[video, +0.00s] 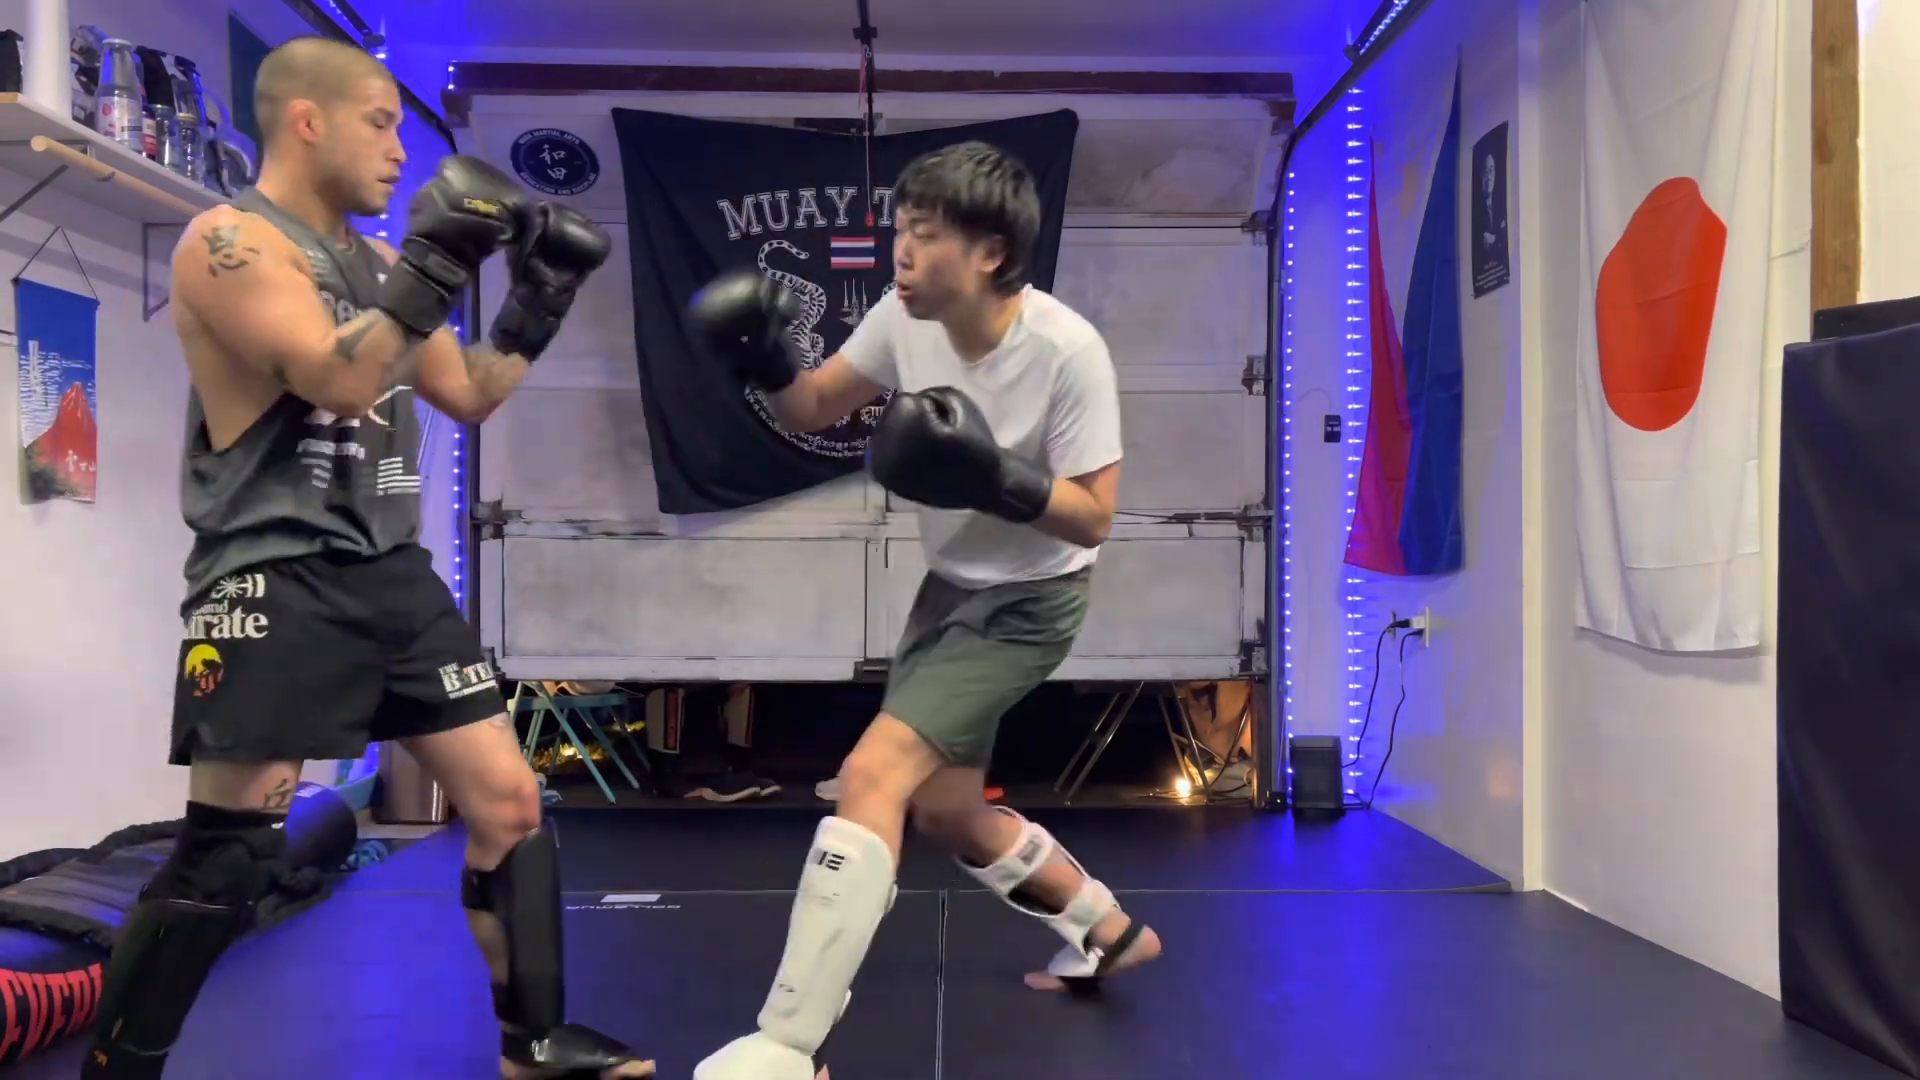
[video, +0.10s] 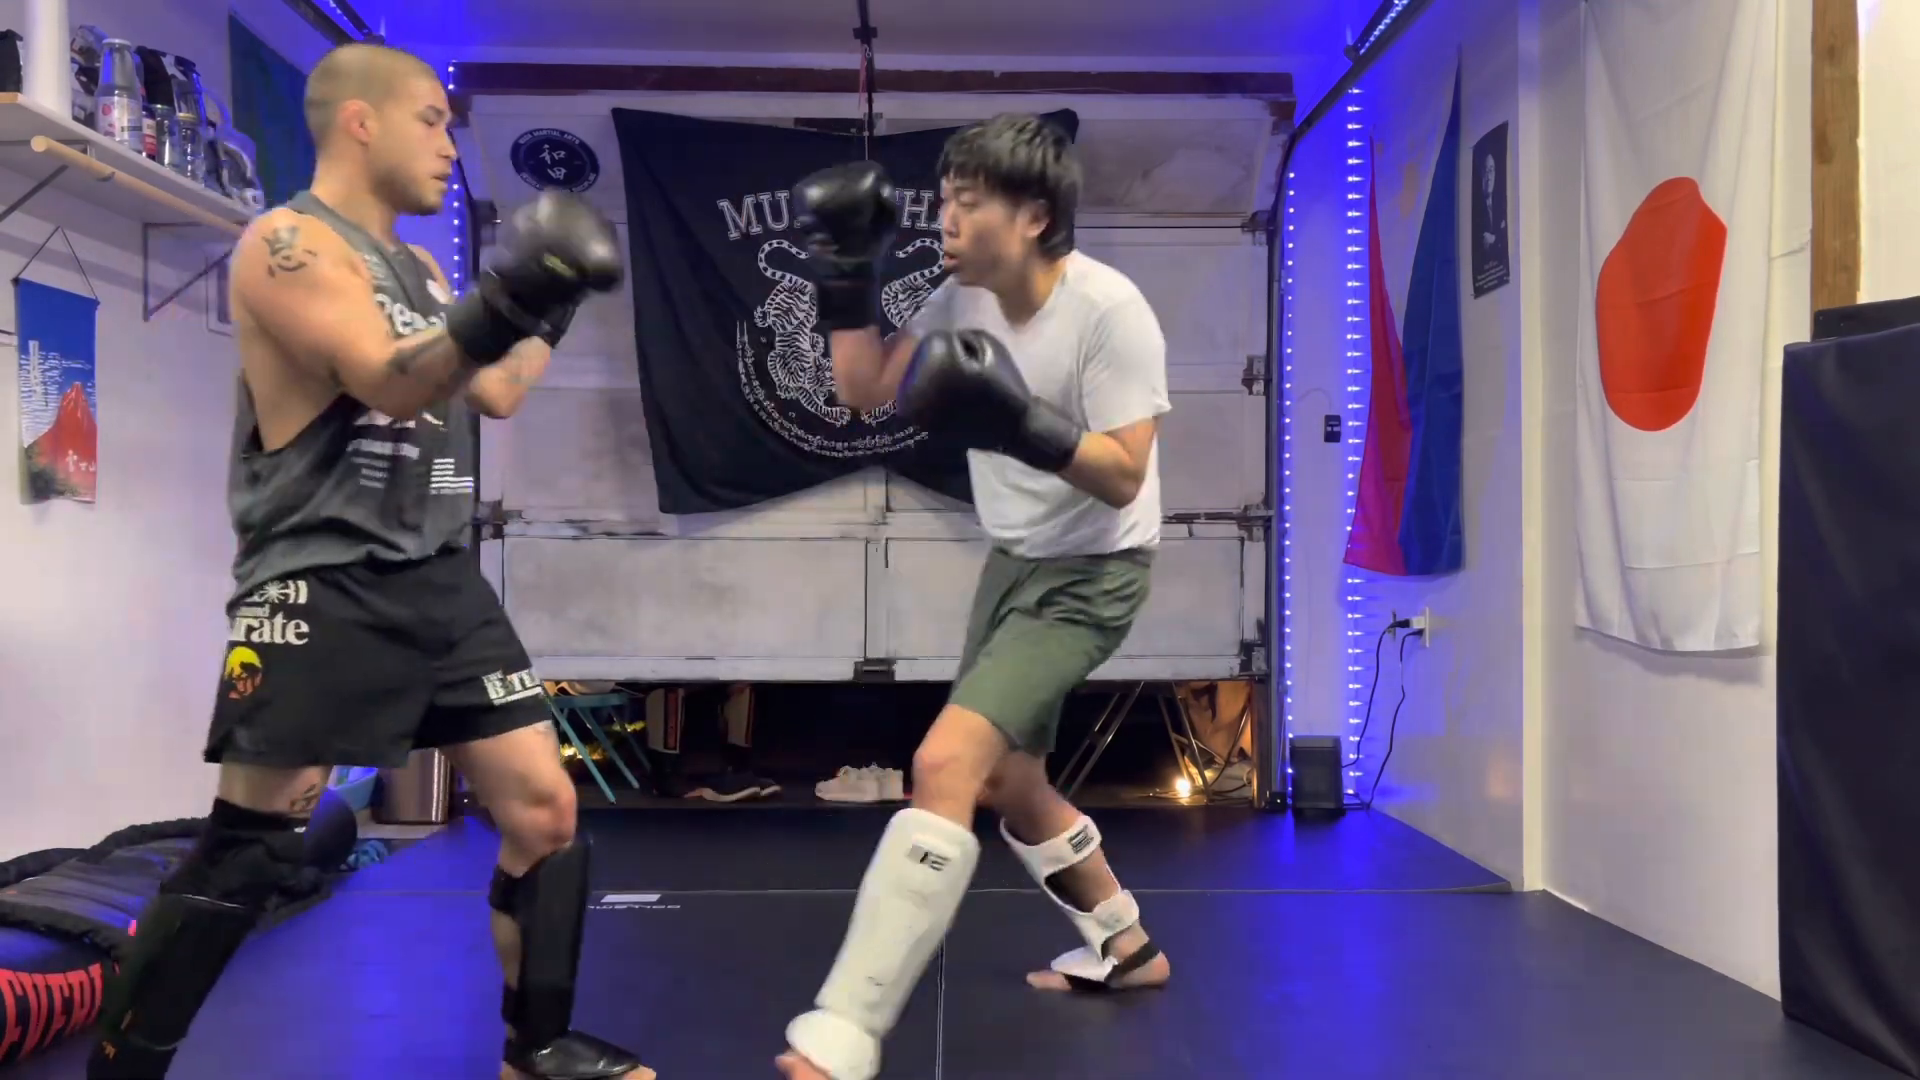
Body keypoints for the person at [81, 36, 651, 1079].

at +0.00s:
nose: (400, 147)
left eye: (399, 125)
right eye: (380, 121)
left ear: (326, 129)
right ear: (305, 123)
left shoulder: (371, 263)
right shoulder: (225, 239)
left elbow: (472, 391)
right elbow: (344, 376)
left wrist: (541, 298)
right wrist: (435, 259)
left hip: (391, 571)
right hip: (272, 571)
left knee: (508, 804)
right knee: (229, 847)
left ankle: (536, 1038)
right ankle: (124, 1061)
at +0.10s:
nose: (452, 144)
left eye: (451, 124)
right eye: (434, 120)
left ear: (365, 131)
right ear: (357, 126)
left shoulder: (421, 270)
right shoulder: (284, 241)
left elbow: (499, 389)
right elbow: (389, 383)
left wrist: (559, 289)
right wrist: (501, 301)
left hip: (439, 577)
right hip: (315, 580)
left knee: (544, 814)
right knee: (248, 845)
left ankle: (538, 1046)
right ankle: (128, 1061)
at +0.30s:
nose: (556, 137)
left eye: (551, 118)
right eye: (540, 113)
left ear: (478, 120)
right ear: (475, 114)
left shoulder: (486, 258)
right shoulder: (410, 217)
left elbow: (491, 410)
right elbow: (447, 377)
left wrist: (595, 364)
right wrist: (611, 402)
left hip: (523, 558)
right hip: (425, 559)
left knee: (566, 812)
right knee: (380, 823)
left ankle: (541, 1046)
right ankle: (191, 1039)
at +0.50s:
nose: (621, 120)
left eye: (616, 99)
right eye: (605, 97)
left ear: (542, 103)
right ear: (541, 100)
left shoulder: (552, 243)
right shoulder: (474, 205)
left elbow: (554, 397)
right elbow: (550, 361)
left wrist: (642, 401)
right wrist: (677, 295)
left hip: (569, 548)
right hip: (481, 543)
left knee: (562, 807)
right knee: (501, 822)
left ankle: (541, 1042)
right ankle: (367, 1060)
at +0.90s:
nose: (715, 107)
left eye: (714, 84)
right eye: (704, 81)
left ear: (635, 80)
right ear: (643, 77)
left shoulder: (634, 218)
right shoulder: (564, 197)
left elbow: (649, 385)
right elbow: (662, 394)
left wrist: (734, 321)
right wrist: (753, 318)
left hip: (652, 548)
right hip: (579, 553)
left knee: (735, 793)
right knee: (583, 850)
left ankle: (626, 999)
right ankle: (507, 1068)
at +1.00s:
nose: (737, 104)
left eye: (734, 81)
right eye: (728, 79)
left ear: (654, 76)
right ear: (674, 74)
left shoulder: (634, 193)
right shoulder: (616, 186)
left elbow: (715, 361)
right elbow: (738, 364)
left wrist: (785, 267)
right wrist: (802, 259)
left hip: (673, 547)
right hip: (617, 552)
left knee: (752, 793)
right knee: (588, 835)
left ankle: (742, 1027)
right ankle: (511, 1067)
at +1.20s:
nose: (794, 116)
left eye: (789, 96)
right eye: (787, 95)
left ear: (693, 102)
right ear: (747, 95)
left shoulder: (668, 208)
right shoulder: (727, 212)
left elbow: (761, 365)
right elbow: (863, 361)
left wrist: (804, 261)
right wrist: (915, 251)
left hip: (734, 566)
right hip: (711, 573)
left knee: (813, 806)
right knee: (671, 826)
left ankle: (822, 1044)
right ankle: (528, 1059)